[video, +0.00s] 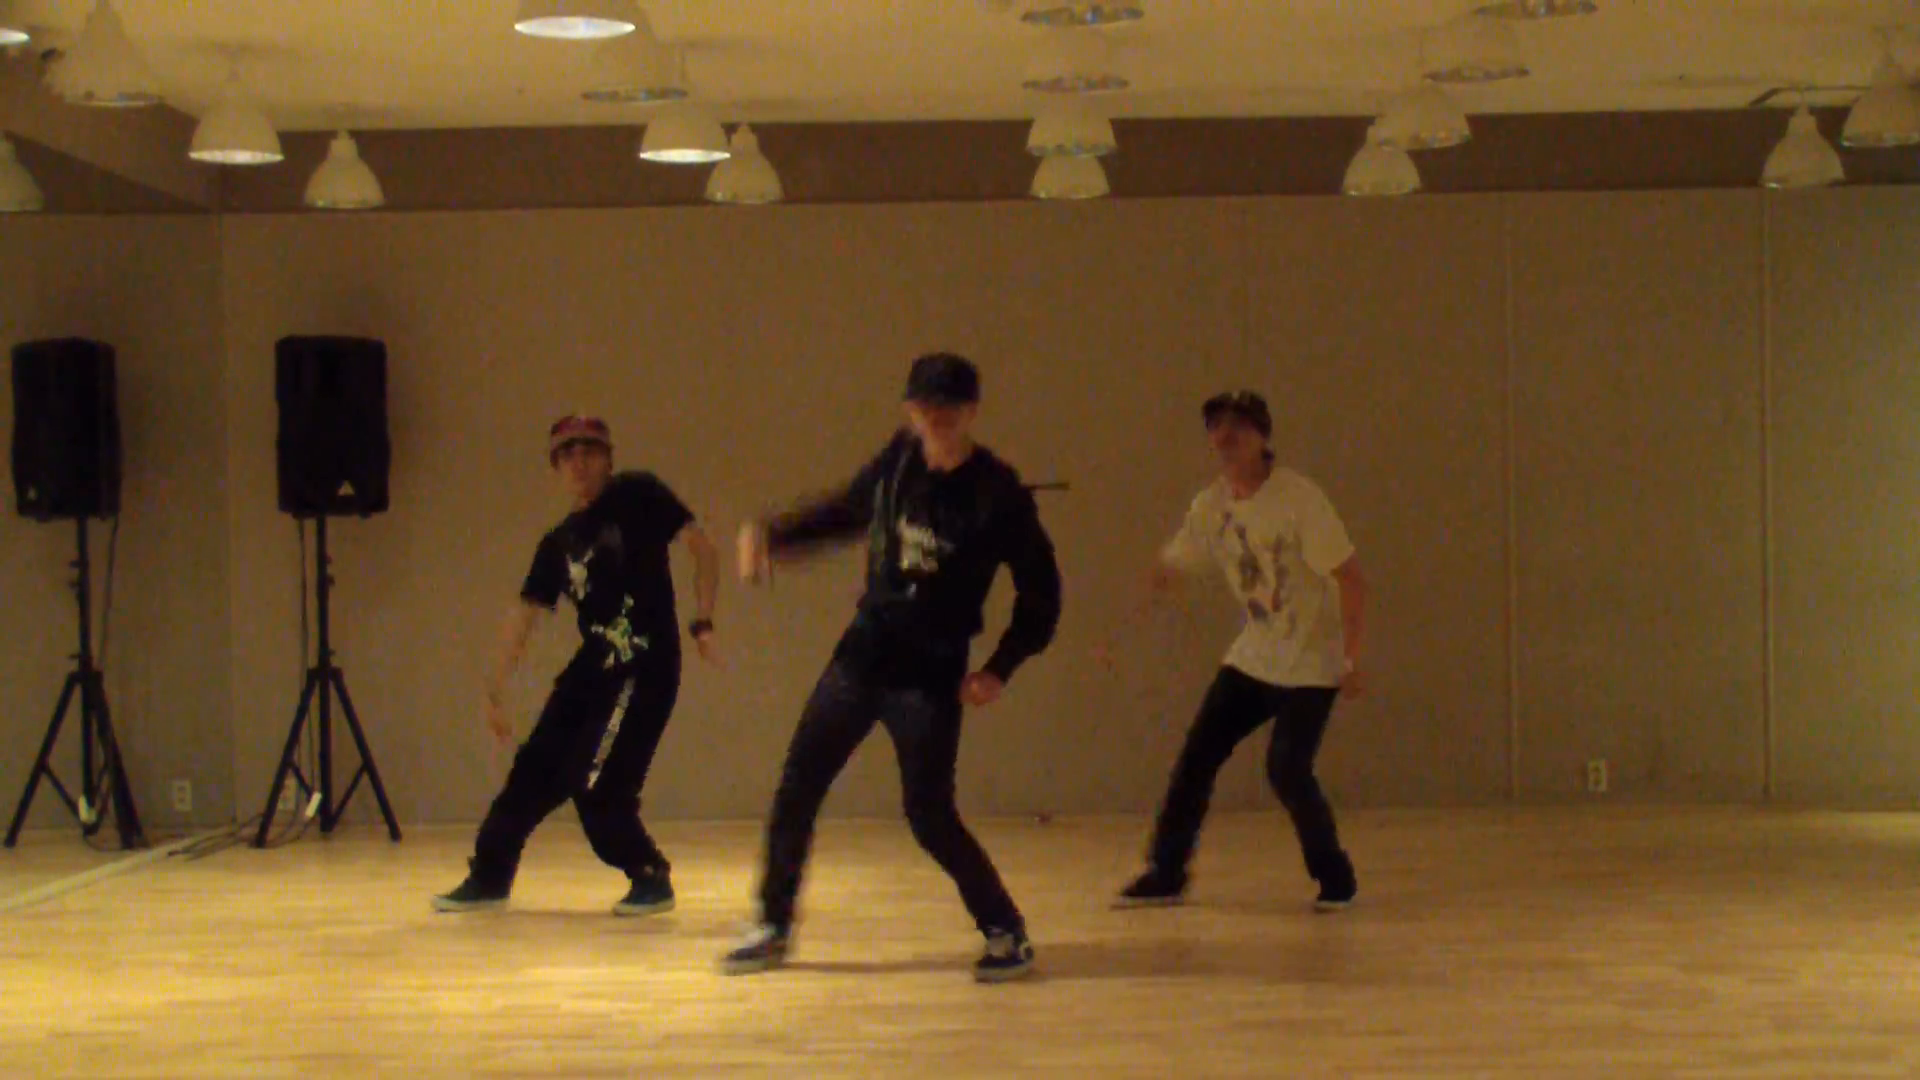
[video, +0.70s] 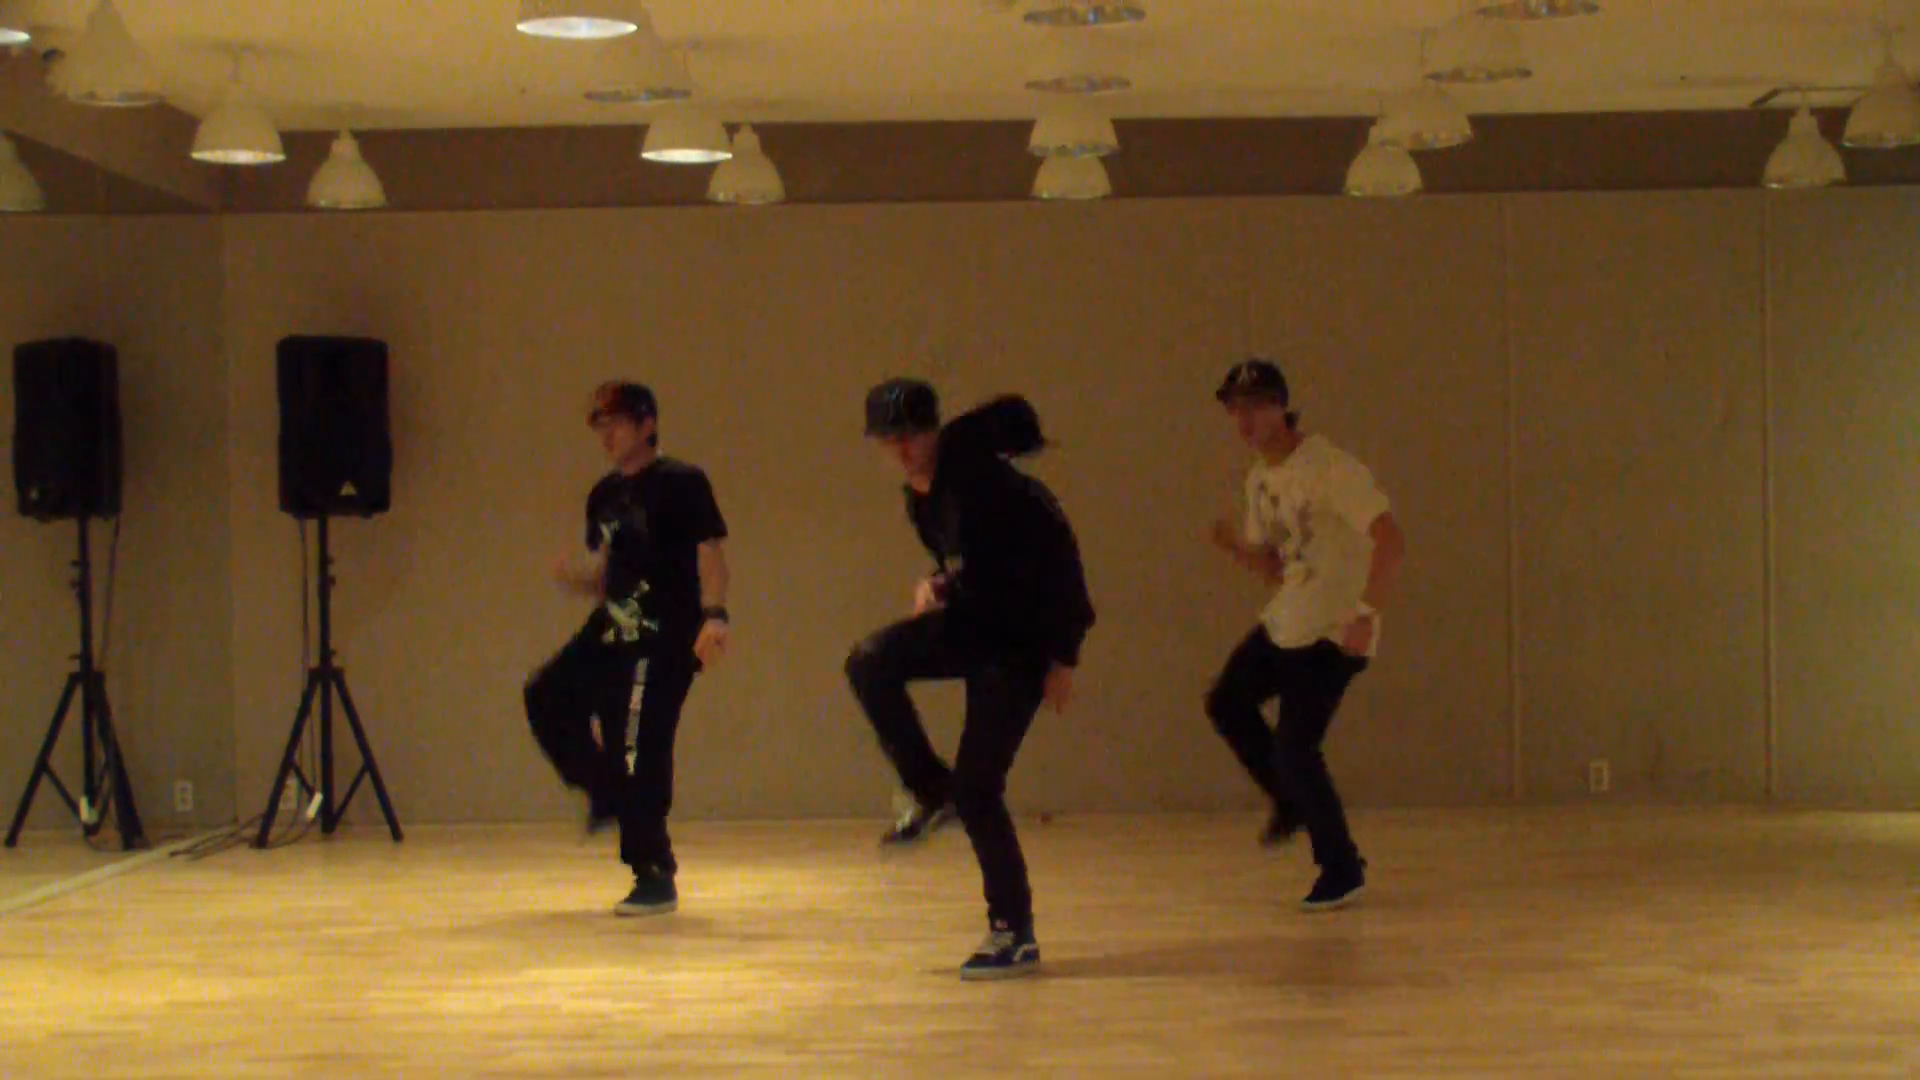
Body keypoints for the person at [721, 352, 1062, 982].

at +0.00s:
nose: (936, 430)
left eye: (947, 417)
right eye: (927, 417)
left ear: (971, 412)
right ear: (911, 413)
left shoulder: (998, 491)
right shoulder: (897, 459)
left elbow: (1041, 589)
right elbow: (846, 513)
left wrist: (1001, 668)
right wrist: (775, 535)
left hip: (931, 673)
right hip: (862, 655)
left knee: (931, 820)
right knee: (798, 786)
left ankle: (1004, 930)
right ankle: (773, 926)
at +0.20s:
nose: (962, 382)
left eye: (976, 371)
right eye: (954, 370)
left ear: (1001, 376)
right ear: (942, 371)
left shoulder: (1010, 466)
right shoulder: (931, 400)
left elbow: (1030, 579)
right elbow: (921, 314)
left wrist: (977, 652)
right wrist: (922, 233)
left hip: (932, 644)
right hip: (874, 637)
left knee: (957, 793)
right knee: (901, 798)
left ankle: (1010, 929)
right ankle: (953, 928)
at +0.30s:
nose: (968, 385)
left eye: (980, 373)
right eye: (959, 373)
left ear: (1007, 375)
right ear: (947, 374)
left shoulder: (1024, 464)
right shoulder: (937, 406)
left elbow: (1038, 579)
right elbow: (917, 322)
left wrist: (984, 650)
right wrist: (911, 235)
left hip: (939, 644)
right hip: (884, 637)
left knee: (956, 793)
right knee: (905, 795)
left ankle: (1010, 927)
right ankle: (953, 928)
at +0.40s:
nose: (983, 386)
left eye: (997, 374)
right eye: (974, 373)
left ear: (1025, 376)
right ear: (962, 372)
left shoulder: (1030, 459)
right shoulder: (947, 414)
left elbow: (1041, 571)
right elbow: (882, 422)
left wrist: (987, 650)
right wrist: (889, 362)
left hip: (939, 636)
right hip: (890, 629)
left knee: (956, 791)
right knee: (913, 790)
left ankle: (1013, 931)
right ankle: (954, 930)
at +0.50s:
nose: (978, 387)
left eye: (991, 375)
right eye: (968, 375)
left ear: (1018, 377)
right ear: (957, 378)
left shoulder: (1028, 460)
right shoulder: (959, 443)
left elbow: (1047, 570)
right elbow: (917, 520)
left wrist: (998, 658)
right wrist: (909, 471)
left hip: (946, 640)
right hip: (900, 634)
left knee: (945, 792)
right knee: (914, 792)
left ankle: (1010, 929)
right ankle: (955, 931)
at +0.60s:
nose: (937, 395)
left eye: (947, 380)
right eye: (926, 383)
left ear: (974, 371)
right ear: (915, 384)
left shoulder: (1013, 441)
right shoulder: (937, 446)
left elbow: (1049, 550)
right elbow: (938, 550)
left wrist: (1025, 651)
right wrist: (916, 511)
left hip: (991, 642)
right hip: (937, 634)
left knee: (962, 796)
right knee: (878, 748)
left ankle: (1012, 930)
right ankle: (936, 893)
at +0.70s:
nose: (905, 451)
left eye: (912, 438)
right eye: (893, 442)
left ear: (935, 430)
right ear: (884, 446)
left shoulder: (1000, 487)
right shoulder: (925, 495)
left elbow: (1064, 575)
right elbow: (970, 560)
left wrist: (1063, 658)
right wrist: (941, 582)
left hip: (1025, 639)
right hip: (972, 624)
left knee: (976, 788)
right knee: (870, 665)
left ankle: (1012, 930)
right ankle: (932, 790)